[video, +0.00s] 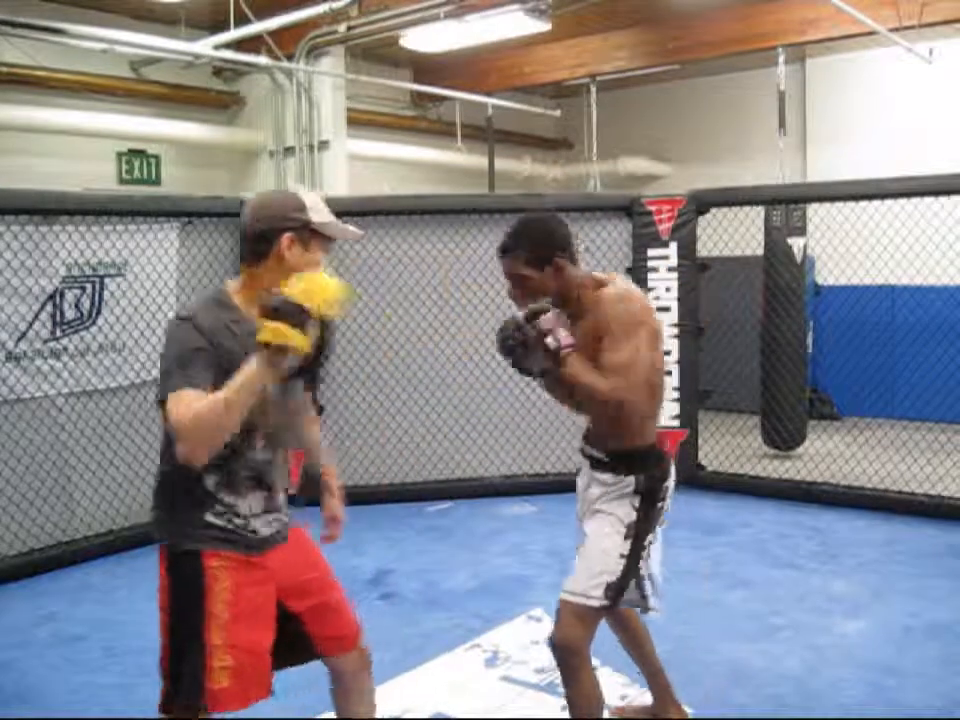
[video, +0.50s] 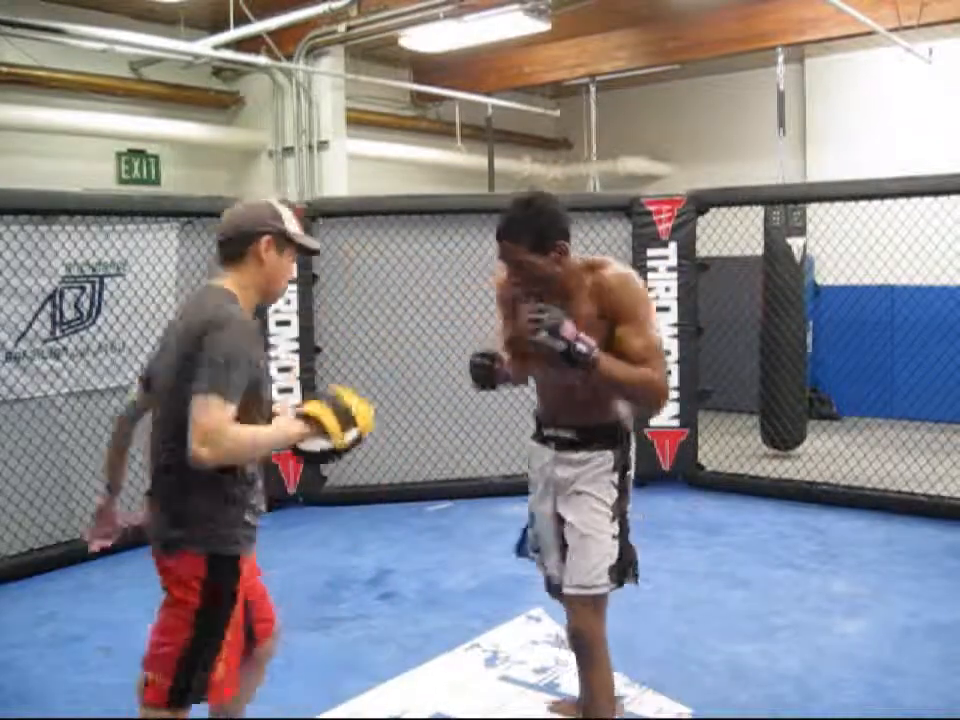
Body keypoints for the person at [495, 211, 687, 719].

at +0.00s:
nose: (514, 294)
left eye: (520, 281)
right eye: (509, 282)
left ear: (558, 267)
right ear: (556, 267)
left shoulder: (623, 307)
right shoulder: (569, 309)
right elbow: (582, 399)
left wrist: (561, 354)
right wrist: (541, 365)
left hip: (633, 481)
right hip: (596, 470)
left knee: (568, 641)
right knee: (611, 601)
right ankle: (667, 703)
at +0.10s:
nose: (513, 286)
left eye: (523, 275)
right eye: (511, 274)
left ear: (562, 269)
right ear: (557, 269)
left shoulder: (615, 317)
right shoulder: (563, 312)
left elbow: (603, 424)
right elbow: (568, 396)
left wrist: (548, 362)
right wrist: (531, 352)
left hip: (625, 484)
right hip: (587, 474)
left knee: (558, 643)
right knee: (602, 605)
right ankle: (666, 703)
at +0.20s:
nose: (519, 276)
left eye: (529, 265)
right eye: (517, 264)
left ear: (570, 256)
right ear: (555, 257)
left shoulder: (629, 302)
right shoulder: (544, 290)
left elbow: (642, 408)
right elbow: (469, 335)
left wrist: (583, 352)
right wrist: (448, 314)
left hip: (620, 471)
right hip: (571, 463)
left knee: (575, 639)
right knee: (611, 596)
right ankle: (666, 702)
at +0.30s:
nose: (512, 277)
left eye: (521, 267)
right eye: (509, 266)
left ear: (559, 253)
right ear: (514, 258)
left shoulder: (624, 286)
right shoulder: (525, 276)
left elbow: (650, 396)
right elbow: (469, 302)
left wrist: (586, 340)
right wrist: (447, 325)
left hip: (616, 460)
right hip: (565, 454)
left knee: (583, 636)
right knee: (613, 592)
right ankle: (663, 696)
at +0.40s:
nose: (516, 275)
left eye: (525, 264)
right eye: (513, 264)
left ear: (563, 251)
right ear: (509, 256)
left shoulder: (625, 283)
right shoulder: (514, 287)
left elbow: (651, 391)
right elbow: (469, 376)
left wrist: (588, 341)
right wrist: (475, 360)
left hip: (611, 458)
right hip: (556, 454)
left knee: (587, 635)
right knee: (590, 592)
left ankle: (601, 713)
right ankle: (647, 682)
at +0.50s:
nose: (510, 274)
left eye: (518, 263)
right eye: (507, 263)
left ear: (556, 253)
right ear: (508, 256)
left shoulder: (617, 285)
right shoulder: (514, 287)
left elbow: (655, 388)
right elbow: (524, 364)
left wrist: (590, 356)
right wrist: (499, 371)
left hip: (599, 454)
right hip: (547, 450)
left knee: (584, 620)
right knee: (566, 596)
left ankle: (600, 710)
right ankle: (596, 698)